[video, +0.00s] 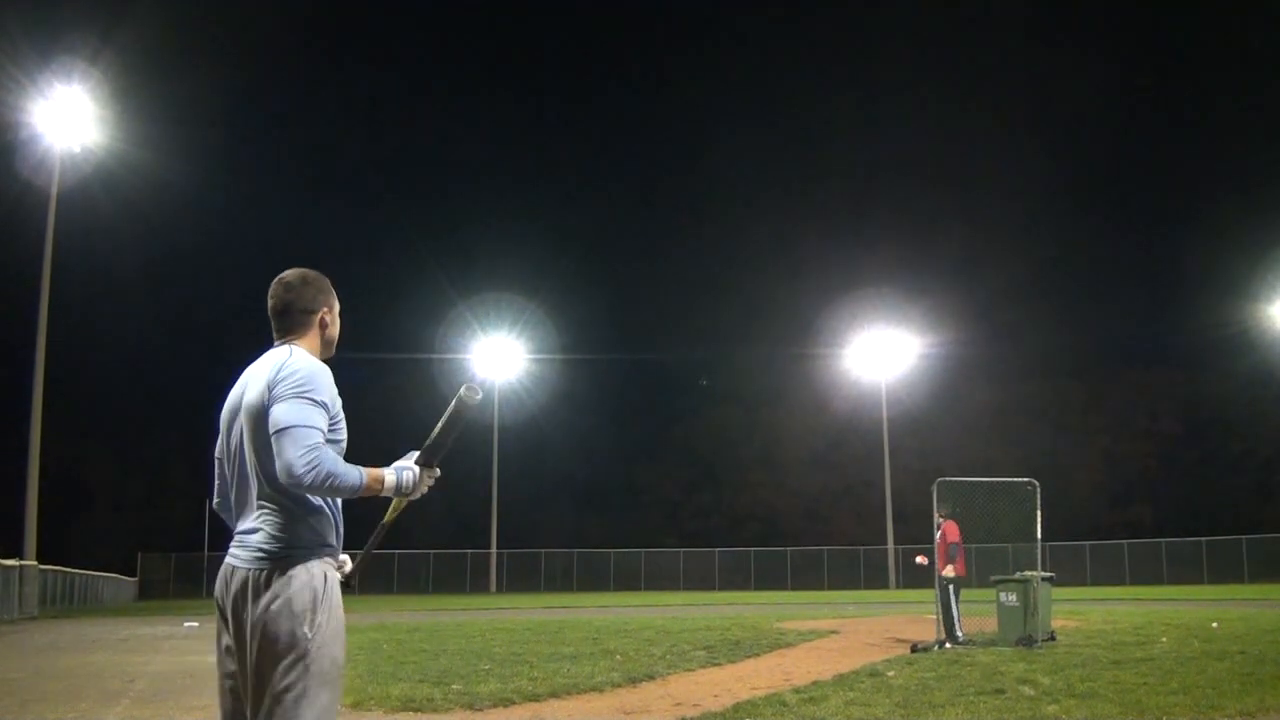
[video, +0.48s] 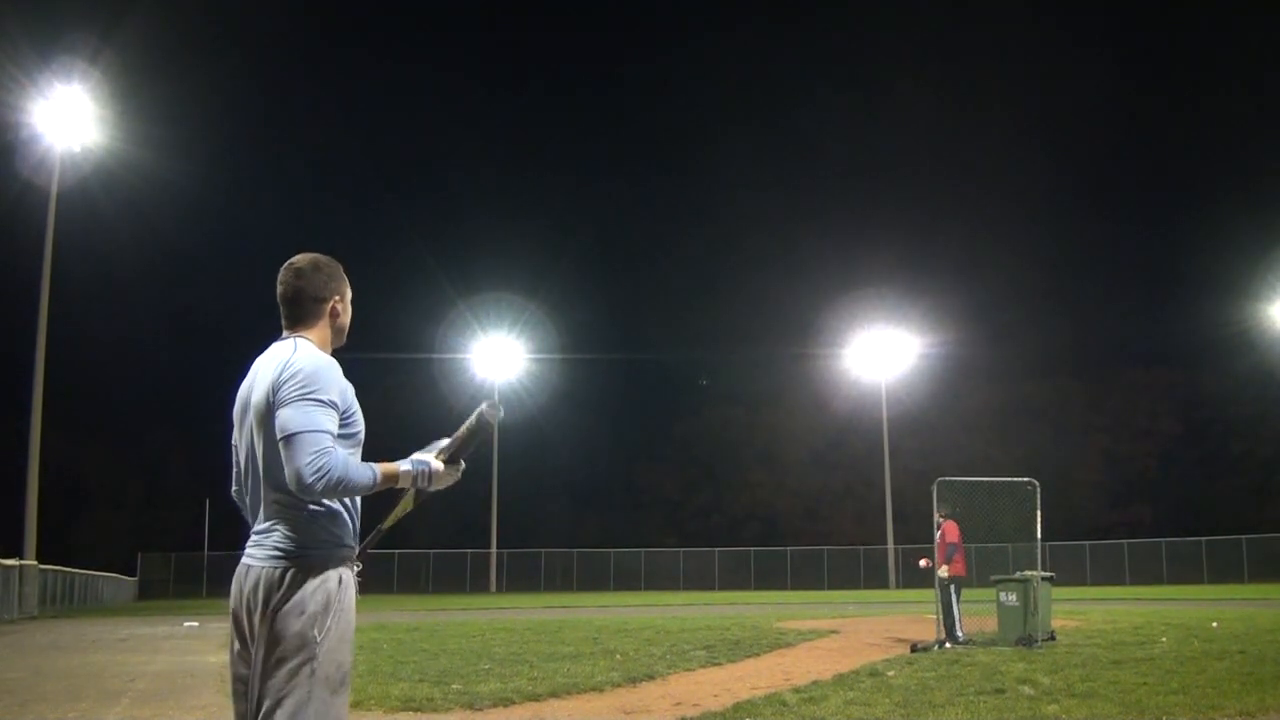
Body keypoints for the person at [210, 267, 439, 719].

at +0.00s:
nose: (338, 323)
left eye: (337, 313)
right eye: (337, 312)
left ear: (276, 319)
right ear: (325, 316)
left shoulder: (246, 382)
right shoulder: (304, 371)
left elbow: (227, 499)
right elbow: (303, 466)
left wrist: (316, 550)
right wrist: (389, 478)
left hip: (239, 578)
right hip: (295, 583)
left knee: (241, 712)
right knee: (301, 710)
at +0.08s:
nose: (339, 318)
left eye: (338, 308)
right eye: (338, 308)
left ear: (276, 316)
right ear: (325, 313)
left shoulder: (245, 382)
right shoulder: (304, 370)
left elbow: (232, 498)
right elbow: (306, 469)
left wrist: (321, 551)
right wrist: (393, 479)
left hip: (244, 575)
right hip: (297, 580)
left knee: (245, 711)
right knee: (292, 710)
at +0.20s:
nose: (342, 316)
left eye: (341, 305)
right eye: (341, 305)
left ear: (279, 313)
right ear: (328, 311)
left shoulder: (251, 380)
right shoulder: (306, 369)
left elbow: (234, 495)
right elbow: (306, 469)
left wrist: (327, 546)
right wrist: (396, 478)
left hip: (248, 576)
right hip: (299, 582)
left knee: (248, 710)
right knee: (292, 710)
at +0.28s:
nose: (346, 313)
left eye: (345, 302)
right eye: (345, 302)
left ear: (282, 310)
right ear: (332, 308)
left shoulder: (254, 377)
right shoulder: (309, 366)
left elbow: (240, 492)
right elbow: (308, 468)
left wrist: (328, 549)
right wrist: (396, 479)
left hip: (252, 574)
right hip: (303, 578)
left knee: (250, 710)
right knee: (298, 710)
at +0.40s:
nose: (349, 311)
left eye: (348, 300)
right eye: (347, 301)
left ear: (284, 307)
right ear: (335, 307)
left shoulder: (256, 375)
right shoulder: (310, 367)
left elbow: (245, 490)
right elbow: (310, 469)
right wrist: (398, 478)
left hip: (253, 575)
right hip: (307, 578)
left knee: (253, 711)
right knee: (302, 710)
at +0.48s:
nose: (350, 314)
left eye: (350, 302)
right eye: (349, 302)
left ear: (287, 307)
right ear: (335, 308)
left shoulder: (257, 374)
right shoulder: (313, 368)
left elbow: (245, 491)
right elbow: (315, 471)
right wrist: (405, 472)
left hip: (256, 577)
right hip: (311, 581)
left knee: (255, 710)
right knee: (304, 710)